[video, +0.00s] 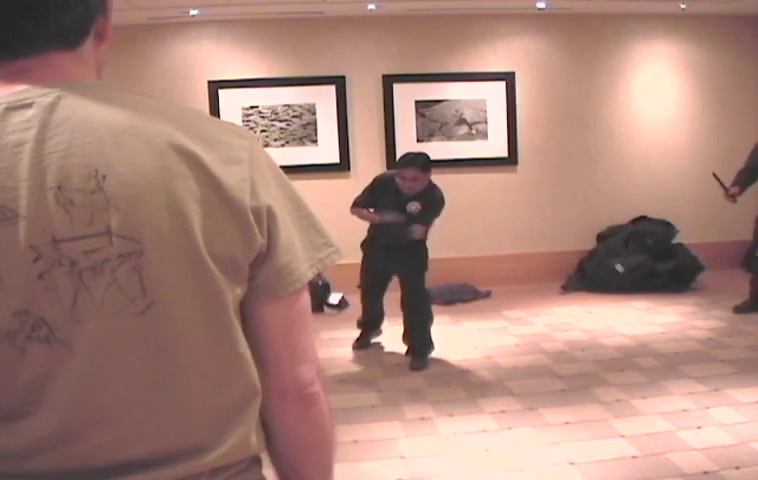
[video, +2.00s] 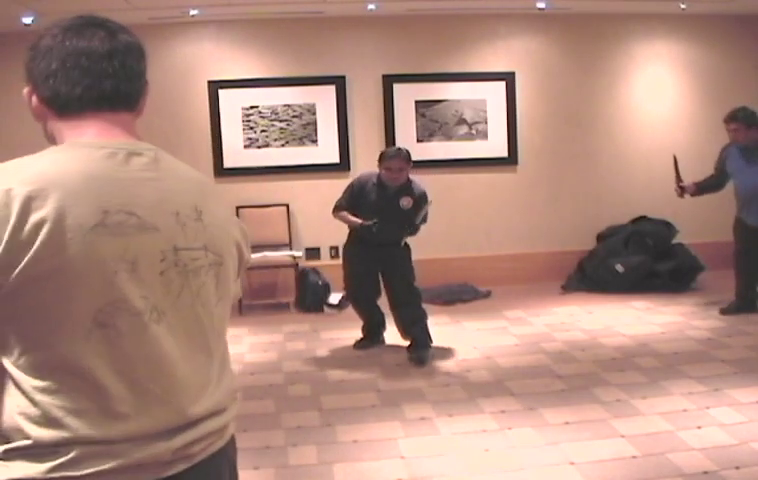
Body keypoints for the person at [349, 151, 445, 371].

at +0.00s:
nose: (407, 184)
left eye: (414, 179)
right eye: (402, 178)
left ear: (427, 176)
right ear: (396, 173)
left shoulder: (434, 197)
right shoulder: (384, 183)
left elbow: (422, 228)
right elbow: (356, 208)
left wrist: (418, 230)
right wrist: (374, 217)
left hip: (411, 250)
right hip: (378, 248)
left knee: (414, 298)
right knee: (369, 291)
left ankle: (418, 350)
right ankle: (368, 329)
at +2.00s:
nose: (393, 175)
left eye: (399, 170)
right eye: (388, 169)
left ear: (409, 170)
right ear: (379, 168)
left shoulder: (417, 194)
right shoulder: (364, 182)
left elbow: (413, 229)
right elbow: (338, 210)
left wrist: (408, 213)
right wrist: (358, 222)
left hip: (393, 248)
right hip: (360, 247)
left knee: (404, 296)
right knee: (359, 294)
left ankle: (419, 344)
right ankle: (373, 331)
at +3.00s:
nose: (405, 174)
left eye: (411, 168)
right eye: (400, 168)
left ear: (426, 166)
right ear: (395, 165)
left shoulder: (438, 188)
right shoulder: (385, 179)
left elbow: (435, 227)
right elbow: (367, 203)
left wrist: (409, 247)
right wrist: (372, 222)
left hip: (418, 246)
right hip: (383, 242)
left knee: (421, 298)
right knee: (369, 291)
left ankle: (418, 350)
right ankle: (362, 329)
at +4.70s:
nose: (399, 171)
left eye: (404, 166)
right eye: (393, 167)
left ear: (410, 161)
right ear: (379, 164)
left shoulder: (420, 178)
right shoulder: (364, 182)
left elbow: (459, 191)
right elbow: (335, 214)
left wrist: (456, 210)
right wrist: (332, 244)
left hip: (412, 247)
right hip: (377, 249)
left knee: (419, 298)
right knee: (379, 302)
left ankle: (421, 346)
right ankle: (380, 351)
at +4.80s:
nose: (401, 171)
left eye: (405, 166)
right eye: (394, 167)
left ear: (411, 161)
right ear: (381, 164)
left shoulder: (421, 178)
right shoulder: (365, 181)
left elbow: (459, 189)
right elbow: (336, 213)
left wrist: (457, 209)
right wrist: (333, 244)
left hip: (412, 247)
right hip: (377, 249)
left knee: (419, 298)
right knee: (379, 302)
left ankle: (421, 346)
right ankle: (380, 351)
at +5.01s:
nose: (405, 172)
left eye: (409, 166)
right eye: (398, 168)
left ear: (414, 161)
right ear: (384, 164)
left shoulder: (422, 177)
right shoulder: (367, 182)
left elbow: (456, 191)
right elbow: (336, 214)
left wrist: (453, 211)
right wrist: (333, 245)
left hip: (413, 247)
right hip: (378, 249)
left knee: (420, 297)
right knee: (381, 301)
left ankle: (421, 346)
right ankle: (380, 350)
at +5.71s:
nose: (400, 165)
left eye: (405, 159)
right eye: (394, 160)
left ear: (414, 156)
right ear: (384, 160)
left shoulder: (429, 178)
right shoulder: (373, 178)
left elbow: (442, 210)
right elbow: (357, 213)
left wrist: (421, 227)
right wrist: (388, 216)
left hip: (415, 247)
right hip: (380, 247)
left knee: (421, 298)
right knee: (376, 299)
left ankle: (421, 346)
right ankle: (377, 346)